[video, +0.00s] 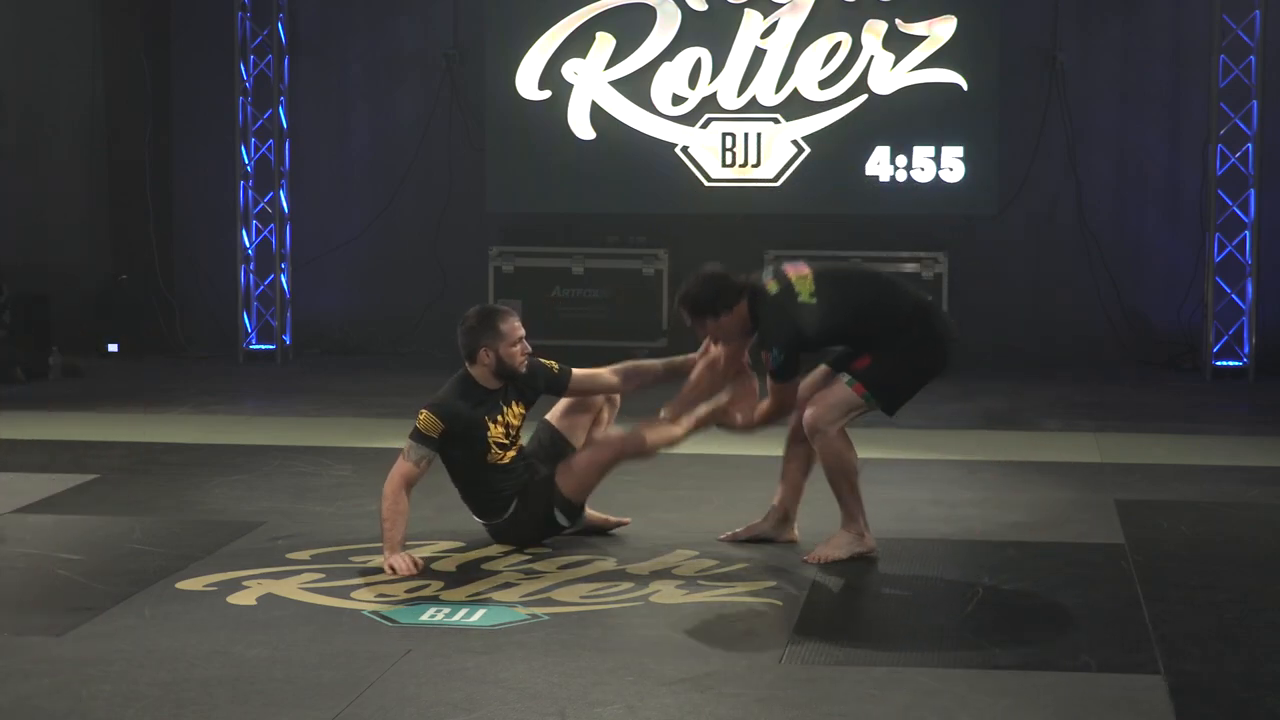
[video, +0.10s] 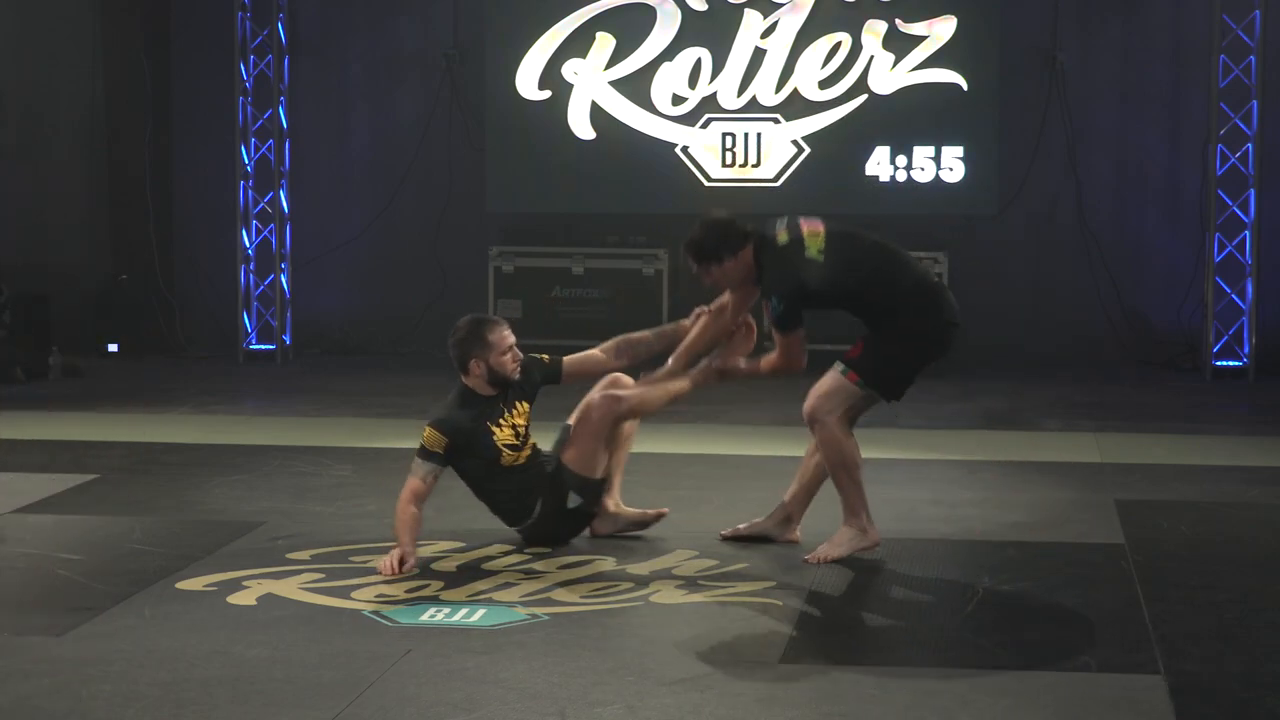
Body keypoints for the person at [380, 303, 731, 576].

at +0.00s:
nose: (528, 349)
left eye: (524, 339)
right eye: (518, 343)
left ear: (497, 352)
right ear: (486, 356)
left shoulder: (522, 373)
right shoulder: (447, 409)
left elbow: (614, 378)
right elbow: (398, 483)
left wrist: (691, 362)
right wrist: (392, 550)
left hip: (527, 473)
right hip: (514, 515)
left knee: (601, 396)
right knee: (609, 444)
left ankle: (570, 513)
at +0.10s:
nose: (518, 356)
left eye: (515, 348)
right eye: (506, 353)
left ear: (509, 349)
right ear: (475, 368)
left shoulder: (521, 372)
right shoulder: (451, 424)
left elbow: (611, 354)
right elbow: (412, 497)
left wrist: (688, 328)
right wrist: (406, 548)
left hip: (557, 487)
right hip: (542, 520)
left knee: (618, 383)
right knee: (606, 401)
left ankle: (608, 511)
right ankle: (707, 371)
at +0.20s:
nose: (513, 365)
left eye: (508, 356)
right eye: (501, 362)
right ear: (474, 381)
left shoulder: (519, 380)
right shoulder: (460, 444)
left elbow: (604, 349)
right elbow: (437, 518)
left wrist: (666, 309)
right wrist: (460, 548)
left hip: (586, 487)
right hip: (569, 520)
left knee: (667, 398)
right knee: (598, 404)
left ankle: (621, 511)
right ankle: (692, 332)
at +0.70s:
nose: (519, 396)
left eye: (514, 385)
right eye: (506, 396)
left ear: (510, 374)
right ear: (474, 407)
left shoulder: (516, 377)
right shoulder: (444, 439)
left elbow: (592, 360)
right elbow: (435, 532)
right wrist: (466, 550)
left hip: (526, 450)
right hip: (492, 494)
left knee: (603, 391)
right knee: (513, 528)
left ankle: (624, 513)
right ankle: (624, 518)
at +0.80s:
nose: (521, 394)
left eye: (517, 382)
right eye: (508, 392)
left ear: (514, 371)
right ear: (476, 402)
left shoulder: (513, 372)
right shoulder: (442, 434)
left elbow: (591, 355)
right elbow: (434, 532)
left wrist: (613, 401)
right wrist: (465, 550)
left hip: (521, 455)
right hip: (483, 494)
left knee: (591, 388)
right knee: (492, 530)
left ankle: (626, 515)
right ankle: (599, 526)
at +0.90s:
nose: (514, 378)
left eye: (511, 366)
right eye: (501, 375)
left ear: (510, 357)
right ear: (468, 383)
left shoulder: (507, 366)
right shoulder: (437, 427)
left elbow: (583, 350)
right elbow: (433, 530)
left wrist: (612, 380)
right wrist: (466, 551)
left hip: (521, 457)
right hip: (486, 495)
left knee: (597, 390)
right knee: (484, 528)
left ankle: (644, 507)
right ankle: (591, 527)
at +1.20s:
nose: (488, 335)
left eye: (488, 325)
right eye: (475, 329)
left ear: (491, 324)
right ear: (445, 338)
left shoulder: (505, 363)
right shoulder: (417, 397)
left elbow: (574, 370)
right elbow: (378, 470)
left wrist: (616, 363)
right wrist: (380, 531)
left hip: (527, 463)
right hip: (486, 498)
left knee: (611, 392)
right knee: (493, 533)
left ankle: (660, 508)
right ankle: (598, 526)